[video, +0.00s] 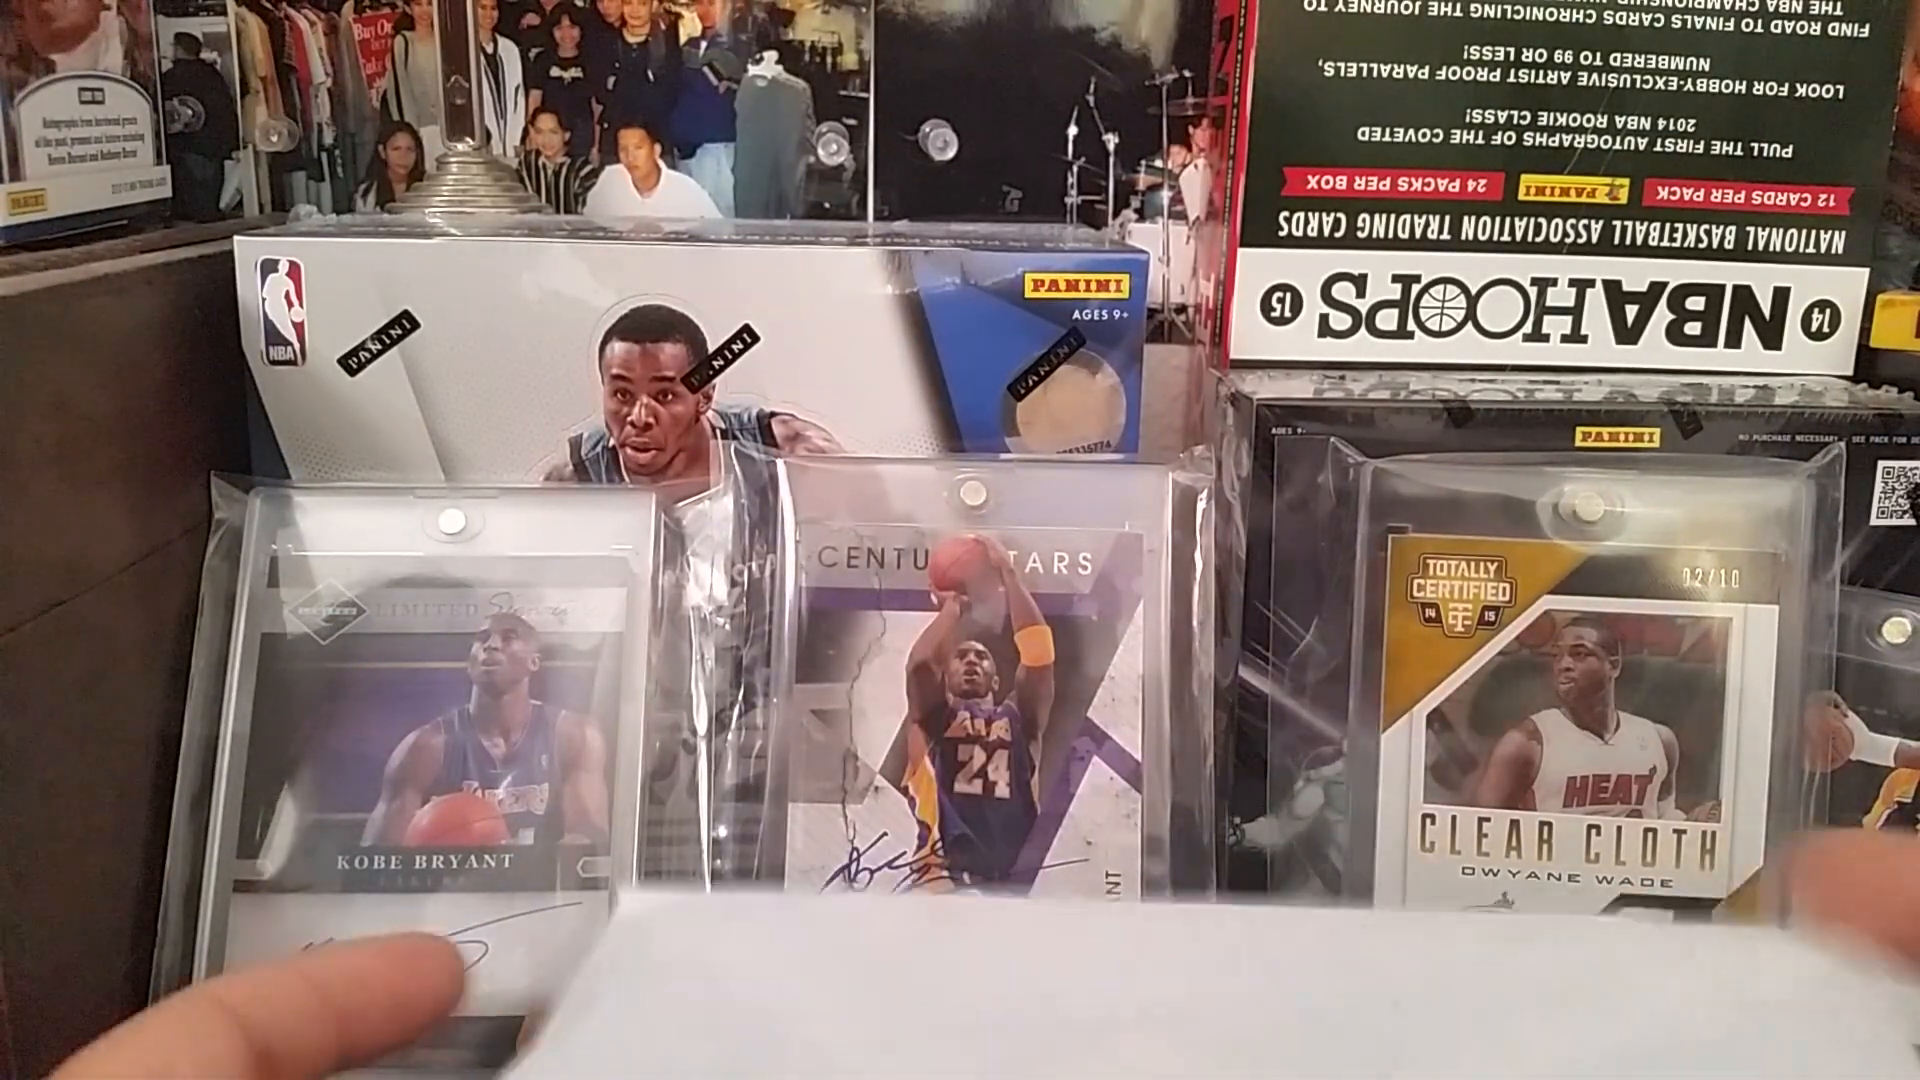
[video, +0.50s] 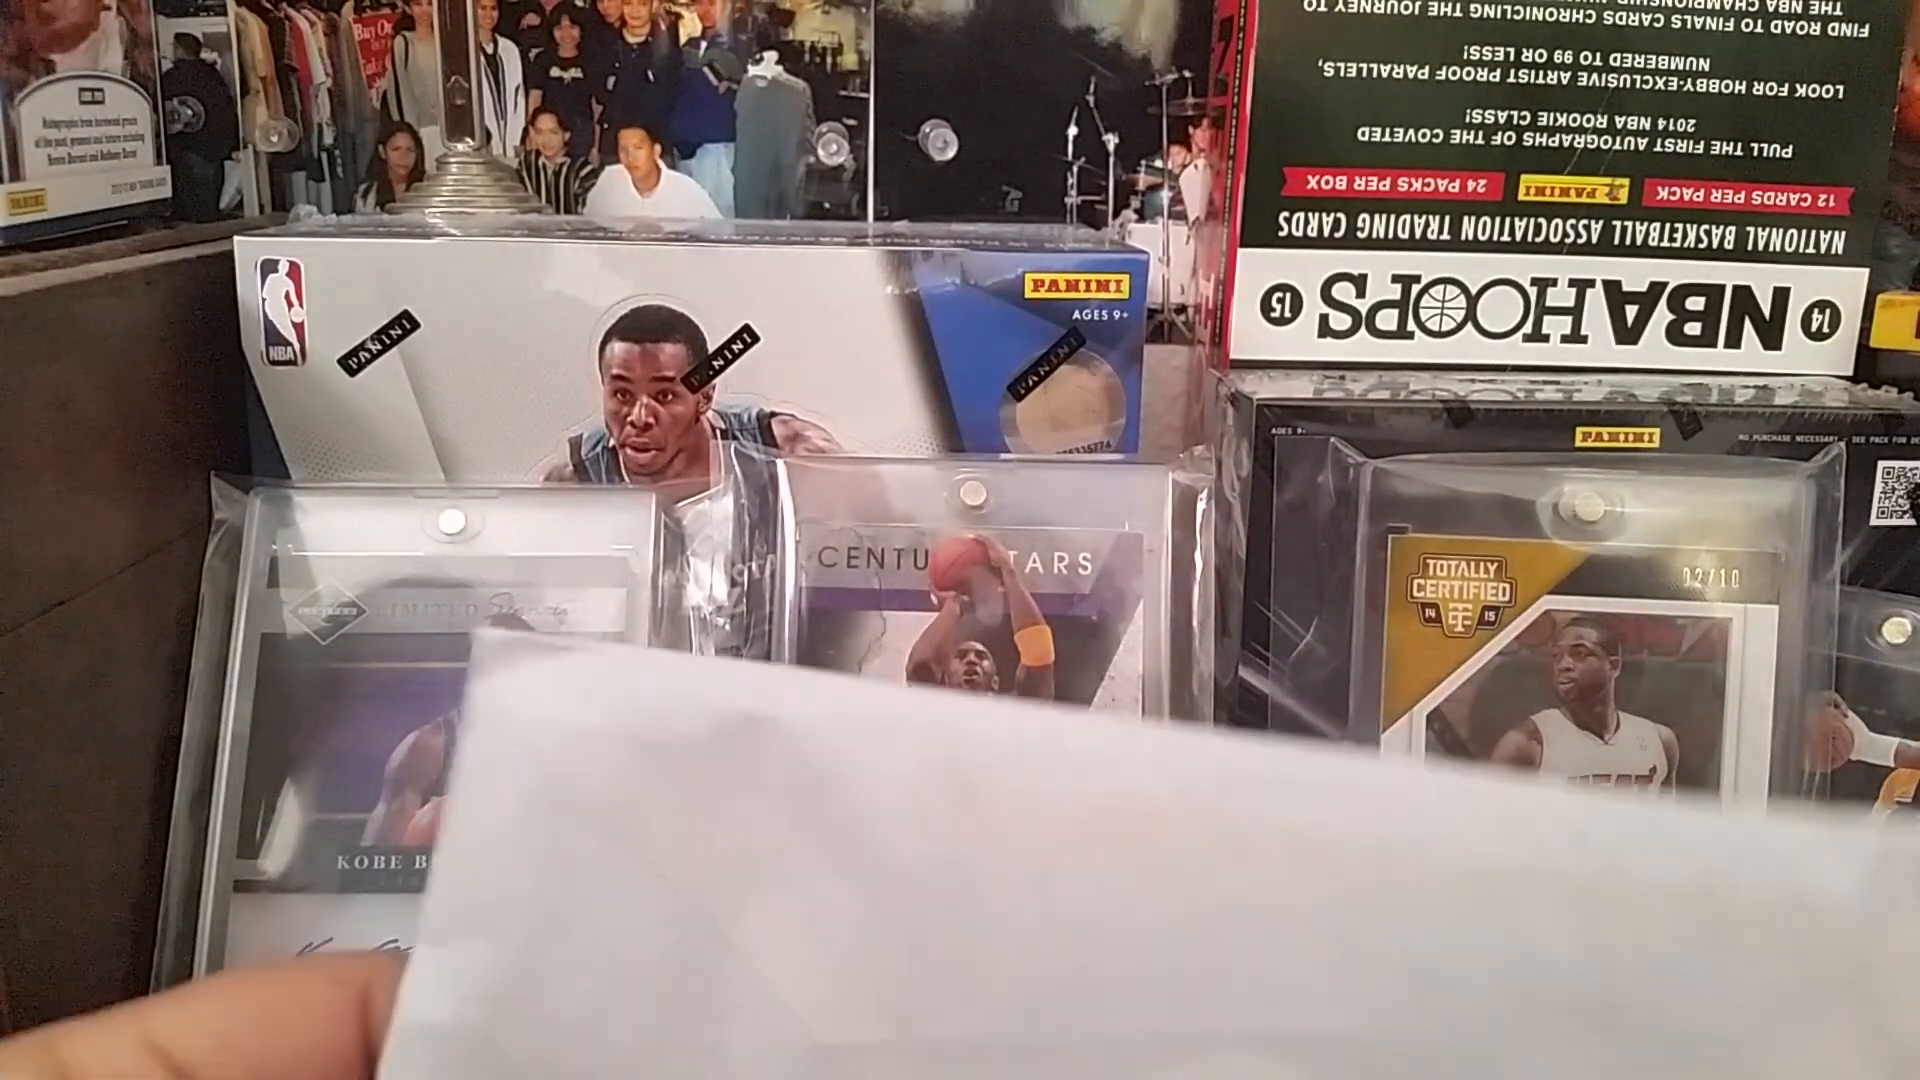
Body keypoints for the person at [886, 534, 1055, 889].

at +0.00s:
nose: (971, 661)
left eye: (981, 658)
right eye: (960, 657)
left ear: (995, 677)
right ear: (946, 675)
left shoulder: (1020, 715)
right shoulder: (937, 716)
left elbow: (1038, 651)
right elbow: (920, 663)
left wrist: (1008, 572)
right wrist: (951, 608)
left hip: (1019, 874)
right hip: (954, 873)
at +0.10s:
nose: (971, 662)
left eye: (982, 657)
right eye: (961, 656)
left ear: (995, 680)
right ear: (943, 675)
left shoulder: (1019, 720)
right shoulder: (938, 719)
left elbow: (1037, 655)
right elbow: (920, 664)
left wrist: (1008, 572)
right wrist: (952, 606)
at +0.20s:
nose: (972, 661)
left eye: (982, 657)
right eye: (961, 656)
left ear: (995, 681)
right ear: (946, 676)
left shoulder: (1023, 719)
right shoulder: (935, 716)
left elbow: (1038, 649)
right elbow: (921, 662)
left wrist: (1008, 572)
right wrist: (952, 604)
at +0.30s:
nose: (971, 661)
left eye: (982, 657)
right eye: (961, 656)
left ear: (995, 681)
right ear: (944, 675)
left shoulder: (1020, 717)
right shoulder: (937, 718)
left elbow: (1038, 654)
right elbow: (919, 663)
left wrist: (1008, 572)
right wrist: (953, 606)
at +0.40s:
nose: (971, 660)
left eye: (982, 657)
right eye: (961, 656)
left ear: (995, 682)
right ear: (945, 675)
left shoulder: (1021, 717)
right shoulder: (933, 714)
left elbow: (1038, 649)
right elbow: (920, 662)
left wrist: (1008, 570)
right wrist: (953, 605)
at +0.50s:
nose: (971, 660)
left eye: (982, 657)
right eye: (961, 656)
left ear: (996, 681)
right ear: (947, 673)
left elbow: (1038, 650)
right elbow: (921, 663)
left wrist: (1007, 571)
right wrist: (952, 606)